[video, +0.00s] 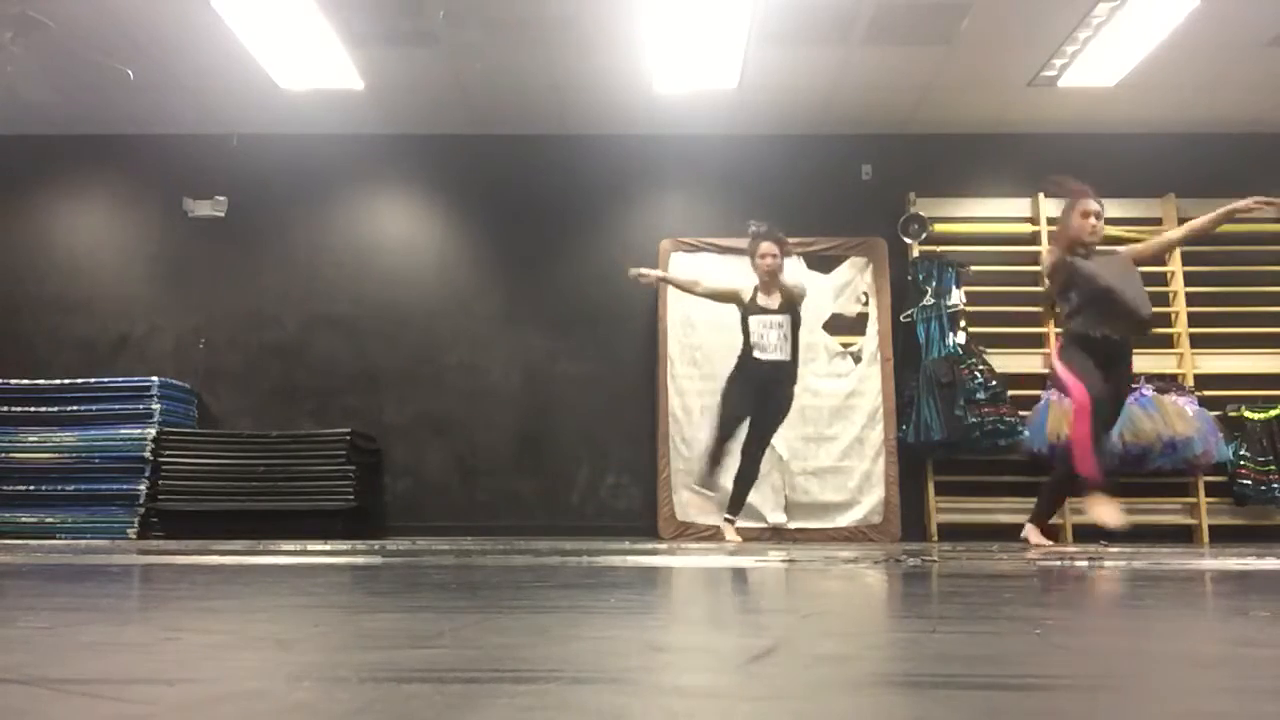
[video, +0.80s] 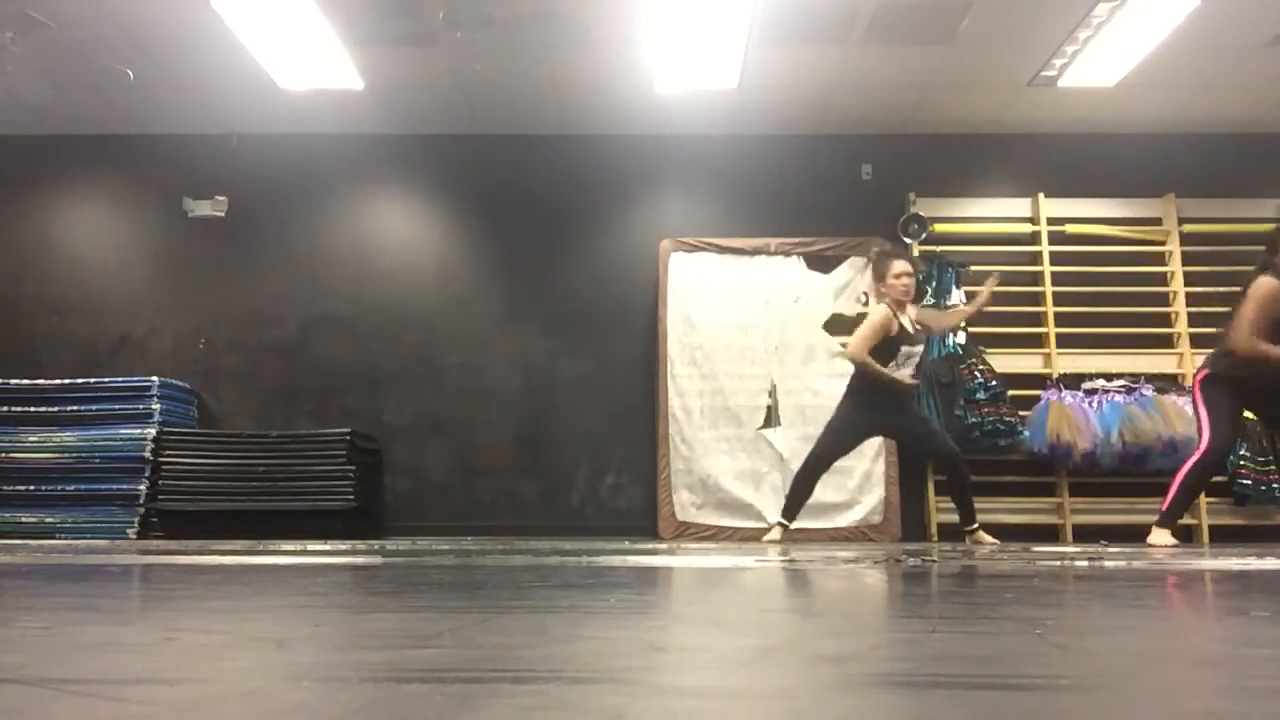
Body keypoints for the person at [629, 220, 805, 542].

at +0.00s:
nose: (769, 262)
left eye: (774, 256)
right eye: (763, 256)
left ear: (783, 260)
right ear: (753, 262)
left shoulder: (794, 296)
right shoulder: (744, 297)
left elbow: (796, 292)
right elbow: (698, 288)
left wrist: (779, 276)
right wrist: (661, 276)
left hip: (780, 387)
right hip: (746, 380)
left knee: (754, 452)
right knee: (725, 431)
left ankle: (730, 520)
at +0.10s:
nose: (776, 268)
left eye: (781, 262)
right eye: (769, 263)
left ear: (788, 266)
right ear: (758, 269)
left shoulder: (801, 300)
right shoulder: (749, 303)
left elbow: (796, 326)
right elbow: (706, 296)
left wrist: (766, 325)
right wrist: (674, 283)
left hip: (789, 390)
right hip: (754, 385)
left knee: (762, 451)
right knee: (764, 441)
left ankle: (728, 521)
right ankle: (772, 518)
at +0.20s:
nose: (784, 269)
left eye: (789, 264)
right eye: (777, 264)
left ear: (795, 269)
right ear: (765, 270)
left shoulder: (807, 303)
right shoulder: (756, 305)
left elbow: (813, 345)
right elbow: (711, 300)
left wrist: (781, 365)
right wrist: (689, 285)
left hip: (804, 389)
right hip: (770, 389)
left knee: (789, 459)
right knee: (779, 447)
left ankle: (746, 506)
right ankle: (777, 524)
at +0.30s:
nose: (799, 271)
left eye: (804, 265)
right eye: (792, 265)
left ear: (809, 271)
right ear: (779, 271)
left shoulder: (825, 308)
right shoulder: (768, 307)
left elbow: (839, 350)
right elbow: (723, 297)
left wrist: (804, 380)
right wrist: (697, 267)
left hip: (820, 392)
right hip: (783, 391)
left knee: (844, 457)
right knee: (778, 453)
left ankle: (812, 488)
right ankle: (777, 525)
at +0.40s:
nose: (819, 269)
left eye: (824, 263)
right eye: (812, 263)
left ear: (830, 268)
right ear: (797, 267)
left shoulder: (844, 307)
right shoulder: (787, 304)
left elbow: (866, 346)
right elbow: (744, 292)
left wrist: (843, 370)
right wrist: (715, 270)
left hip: (844, 394)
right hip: (805, 396)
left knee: (892, 444)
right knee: (780, 446)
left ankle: (909, 514)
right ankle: (778, 525)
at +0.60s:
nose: (861, 275)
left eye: (866, 269)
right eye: (854, 270)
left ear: (873, 273)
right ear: (841, 276)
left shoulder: (890, 294)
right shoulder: (838, 314)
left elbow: (943, 294)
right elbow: (836, 358)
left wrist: (996, 302)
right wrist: (851, 362)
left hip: (892, 394)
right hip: (854, 395)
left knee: (936, 455)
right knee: (824, 457)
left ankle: (970, 530)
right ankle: (775, 522)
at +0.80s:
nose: (907, 282)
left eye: (910, 275)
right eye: (899, 276)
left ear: (915, 280)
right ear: (881, 284)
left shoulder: (912, 314)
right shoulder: (882, 316)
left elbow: (944, 321)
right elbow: (855, 352)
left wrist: (977, 305)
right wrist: (894, 377)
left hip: (899, 409)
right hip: (862, 408)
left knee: (951, 455)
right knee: (819, 458)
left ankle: (972, 530)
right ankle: (781, 526)